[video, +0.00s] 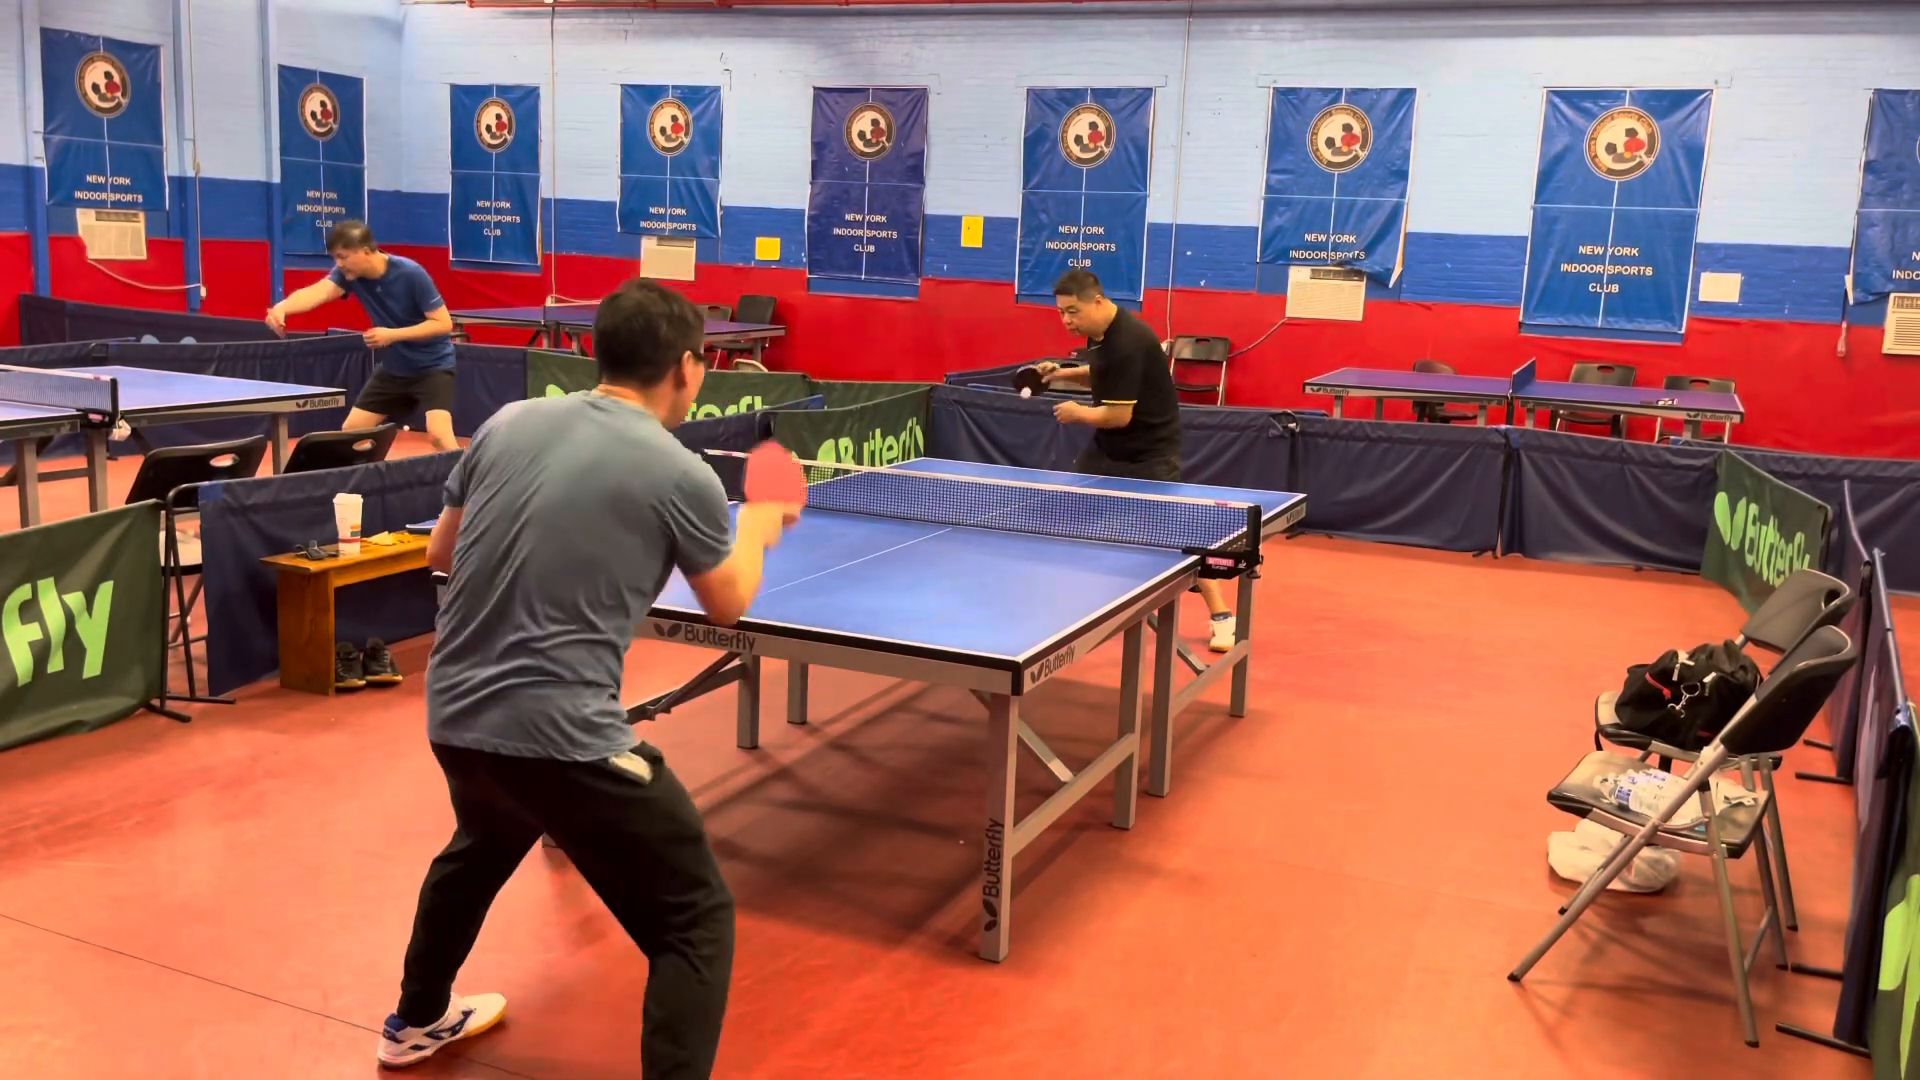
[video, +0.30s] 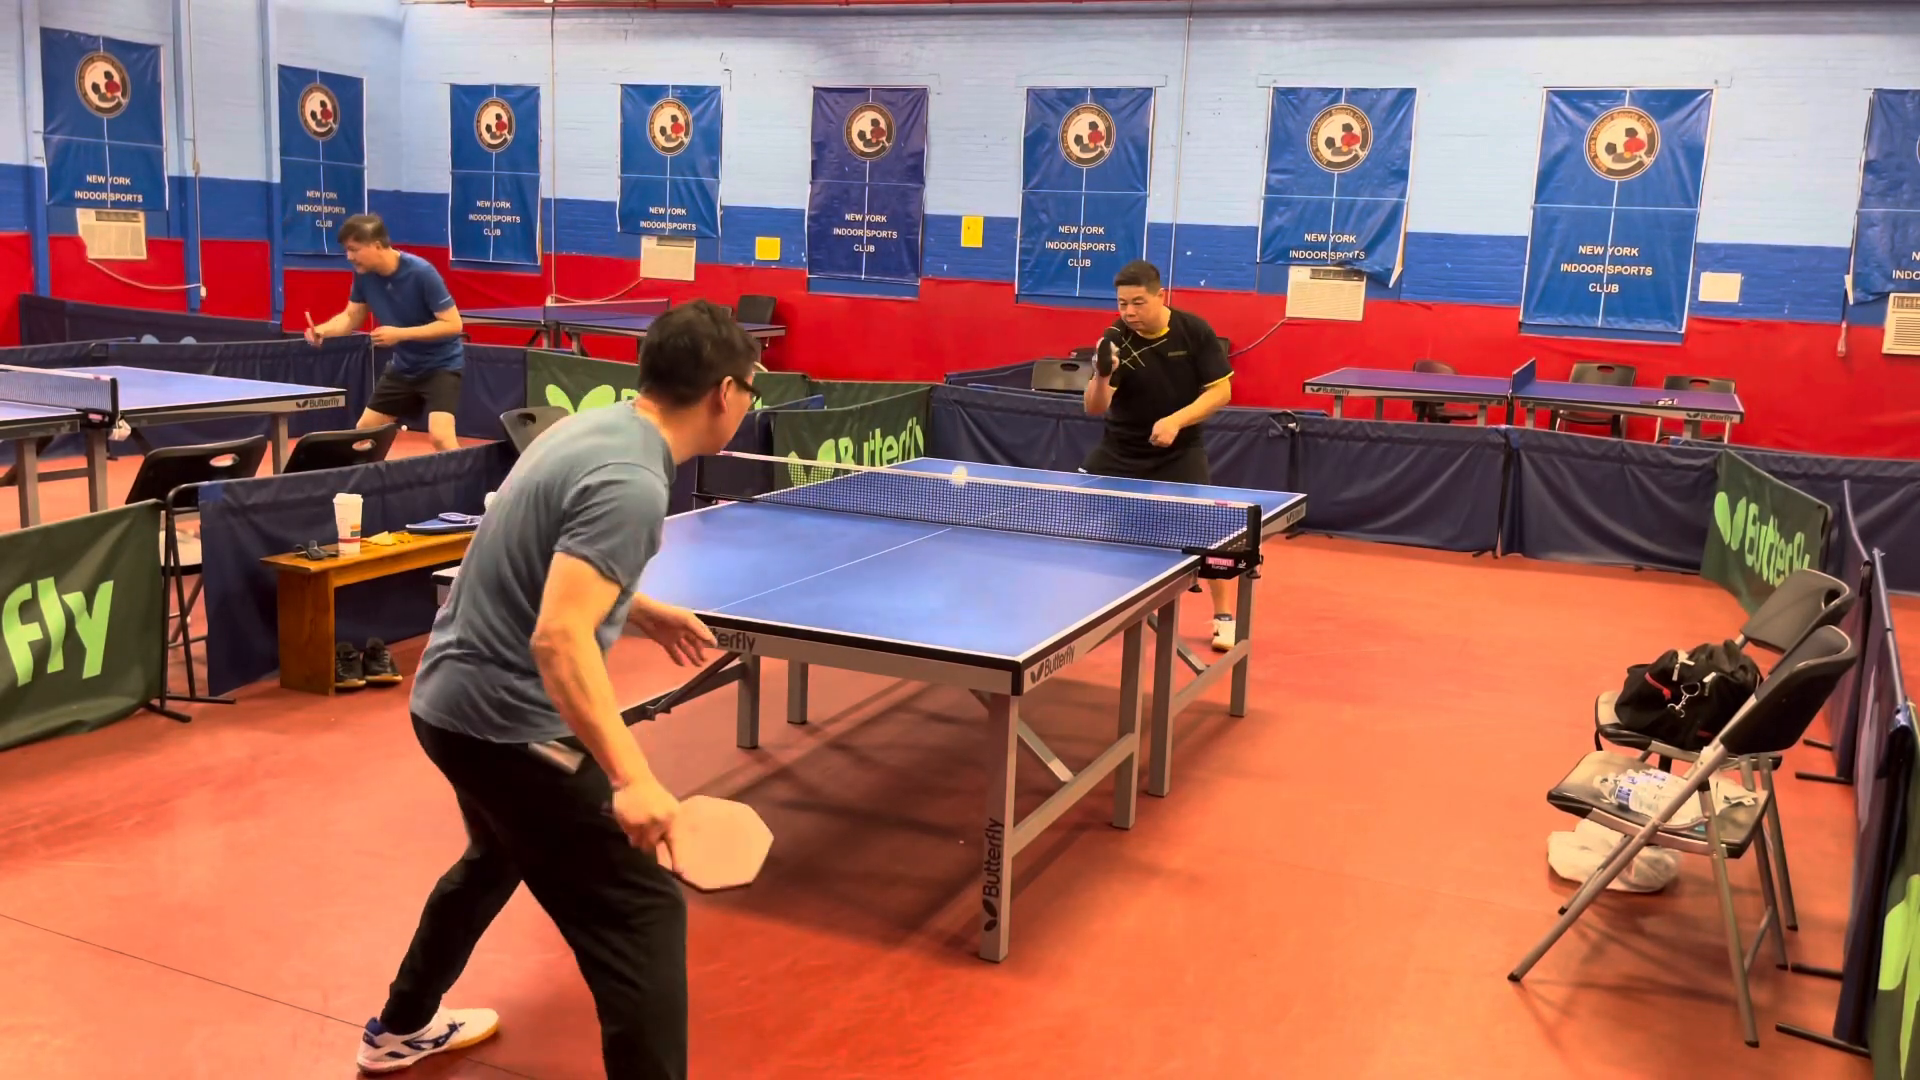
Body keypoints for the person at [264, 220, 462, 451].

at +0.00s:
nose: (338, 265)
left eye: (343, 257)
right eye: (336, 259)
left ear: (365, 251)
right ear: (363, 252)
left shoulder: (412, 274)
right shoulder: (349, 274)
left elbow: (443, 324)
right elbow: (319, 292)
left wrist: (393, 335)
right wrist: (282, 308)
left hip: (434, 367)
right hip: (393, 368)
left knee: (440, 436)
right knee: (351, 431)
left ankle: (469, 491)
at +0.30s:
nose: (349, 257)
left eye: (354, 250)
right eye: (347, 251)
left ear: (377, 246)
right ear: (374, 248)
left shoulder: (422, 273)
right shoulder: (364, 275)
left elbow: (453, 324)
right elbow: (352, 317)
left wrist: (400, 334)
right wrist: (321, 331)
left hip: (442, 363)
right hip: (403, 365)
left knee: (440, 435)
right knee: (363, 433)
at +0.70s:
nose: (328, 263)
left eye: (331, 256)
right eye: (326, 257)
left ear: (353, 250)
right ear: (351, 251)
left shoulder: (402, 272)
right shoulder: (346, 276)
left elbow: (438, 323)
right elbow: (318, 301)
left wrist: (384, 336)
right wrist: (288, 307)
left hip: (434, 363)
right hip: (397, 364)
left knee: (435, 433)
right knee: (357, 428)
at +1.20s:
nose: (307, 246)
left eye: (311, 239)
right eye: (305, 240)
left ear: (334, 235)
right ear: (332, 236)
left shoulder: (379, 262)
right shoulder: (317, 263)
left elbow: (413, 311)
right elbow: (302, 305)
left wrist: (363, 326)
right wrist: (282, 325)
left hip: (394, 353)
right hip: (355, 352)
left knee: (382, 427)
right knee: (318, 411)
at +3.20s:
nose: (321, 226)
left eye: (326, 219)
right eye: (320, 220)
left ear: (349, 219)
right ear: (345, 220)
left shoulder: (390, 252)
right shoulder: (337, 252)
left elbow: (421, 304)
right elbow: (347, 297)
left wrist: (367, 312)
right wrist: (322, 315)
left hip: (405, 357)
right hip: (367, 357)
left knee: (413, 430)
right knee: (352, 427)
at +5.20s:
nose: (314, 225)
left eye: (320, 217)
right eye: (313, 219)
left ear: (343, 217)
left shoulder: (383, 249)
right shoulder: (331, 254)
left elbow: (417, 299)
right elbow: (337, 301)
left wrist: (364, 309)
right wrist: (319, 317)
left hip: (402, 355)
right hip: (361, 355)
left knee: (412, 423)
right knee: (344, 422)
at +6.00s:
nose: (324, 242)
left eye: (329, 234)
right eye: (322, 236)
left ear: (352, 231)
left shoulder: (394, 262)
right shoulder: (341, 265)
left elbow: (421, 316)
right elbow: (345, 311)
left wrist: (364, 321)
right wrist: (324, 325)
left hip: (417, 362)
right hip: (377, 362)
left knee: (424, 429)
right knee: (350, 425)